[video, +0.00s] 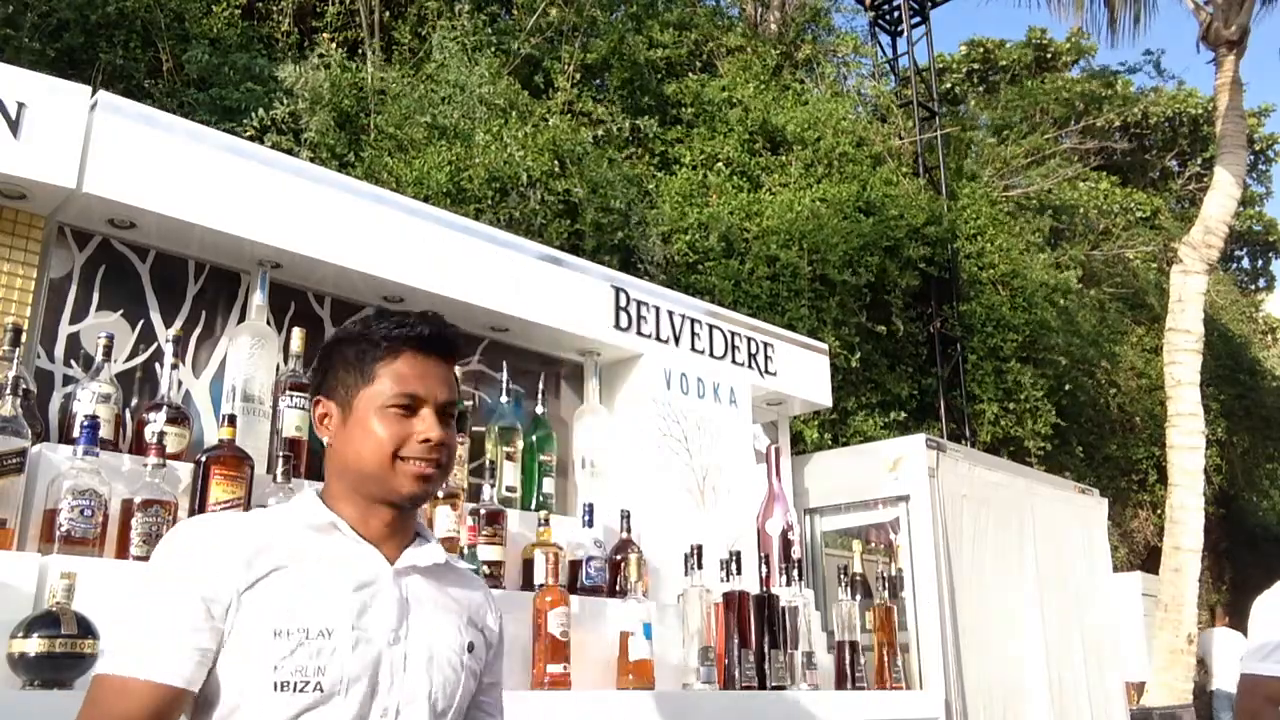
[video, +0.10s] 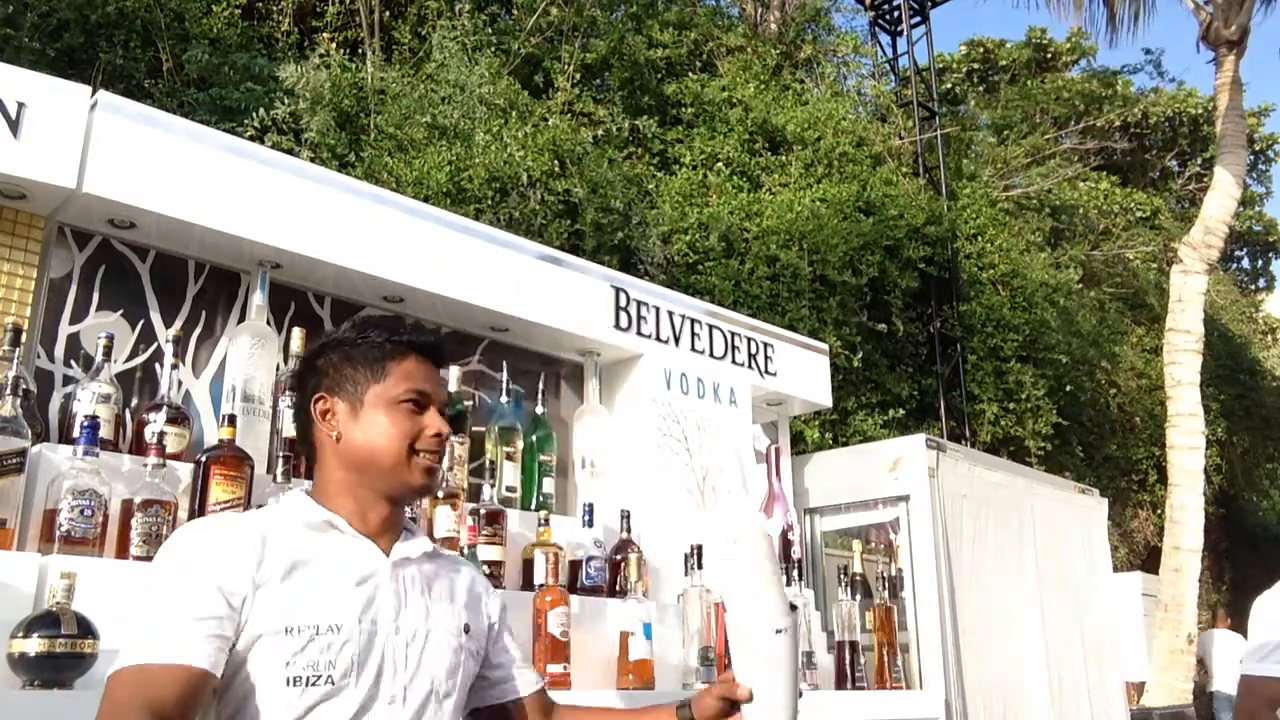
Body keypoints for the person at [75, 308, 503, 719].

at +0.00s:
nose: (436, 434)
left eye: (448, 415)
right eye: (405, 409)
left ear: (458, 429)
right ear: (328, 421)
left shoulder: (474, 602)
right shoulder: (211, 553)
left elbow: (483, 712)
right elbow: (117, 710)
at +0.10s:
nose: (442, 427)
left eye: (442, 410)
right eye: (414, 405)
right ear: (331, 419)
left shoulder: (463, 586)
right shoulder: (222, 550)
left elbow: (530, 709)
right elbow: (143, 705)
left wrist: (680, 711)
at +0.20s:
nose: (426, 404)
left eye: (423, 389)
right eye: (394, 385)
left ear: (427, 413)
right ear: (312, 409)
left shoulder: (465, 561)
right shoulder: (232, 535)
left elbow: (588, 663)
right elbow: (142, 694)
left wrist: (737, 641)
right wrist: (295, 673)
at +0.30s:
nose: (412, 393)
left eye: (417, 383)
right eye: (381, 378)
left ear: (426, 417)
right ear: (308, 413)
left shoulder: (483, 550)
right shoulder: (257, 542)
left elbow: (617, 618)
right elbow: (142, 673)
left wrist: (780, 614)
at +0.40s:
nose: (420, 397)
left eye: (428, 389)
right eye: (387, 382)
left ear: (440, 426)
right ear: (322, 424)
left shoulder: (508, 547)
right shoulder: (280, 533)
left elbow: (643, 623)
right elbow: (170, 589)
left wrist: (803, 655)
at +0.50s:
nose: (451, 412)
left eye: (462, 405)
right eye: (420, 399)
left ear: (476, 439)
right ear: (357, 434)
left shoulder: (539, 560)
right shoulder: (314, 544)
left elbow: (667, 679)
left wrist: (755, 719)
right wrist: (266, 290)